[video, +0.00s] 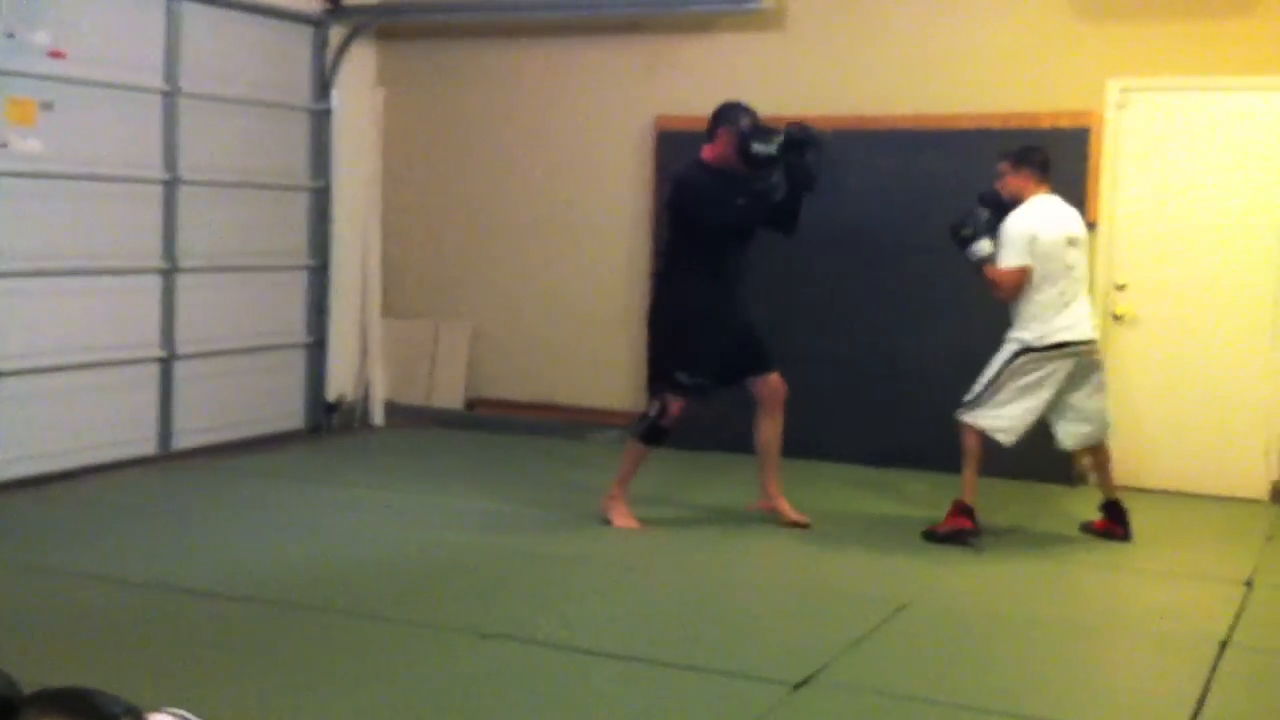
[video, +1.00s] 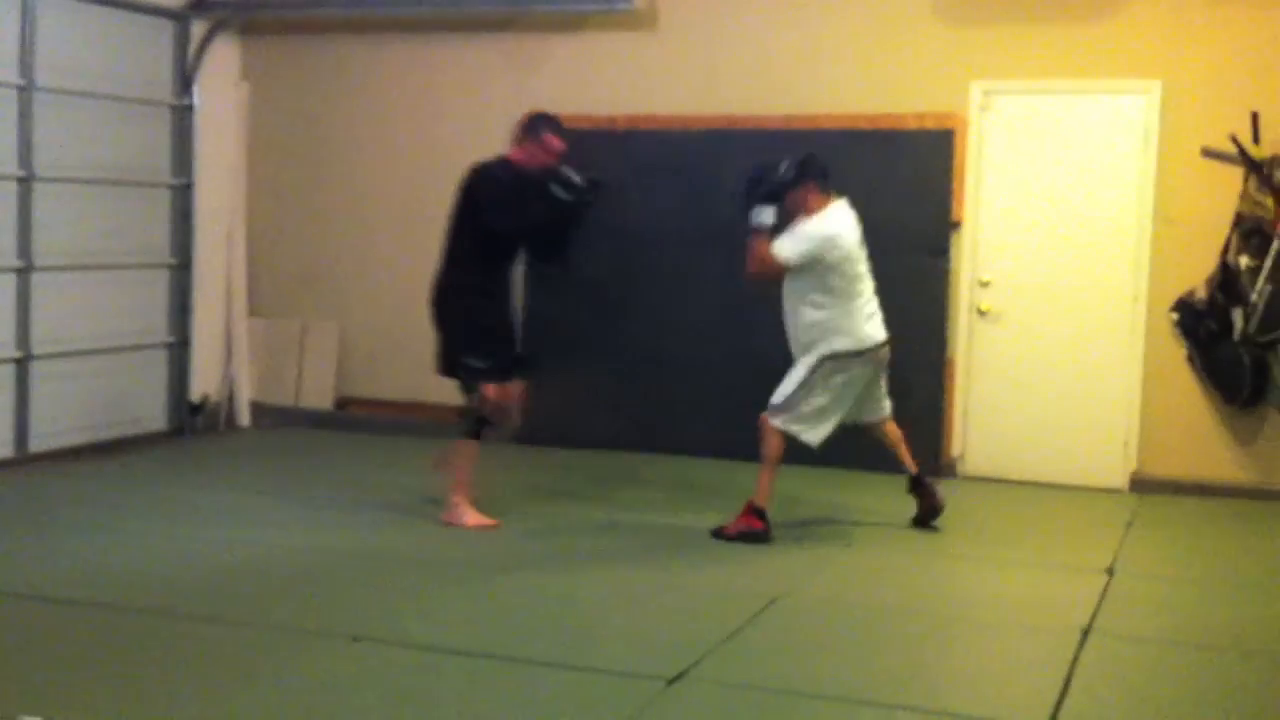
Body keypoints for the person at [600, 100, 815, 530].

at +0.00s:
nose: (748, 150)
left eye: (751, 142)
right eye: (743, 141)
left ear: (737, 140)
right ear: (721, 136)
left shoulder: (739, 183)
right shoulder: (693, 181)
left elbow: (784, 223)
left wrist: (795, 169)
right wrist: (763, 178)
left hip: (723, 307)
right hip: (682, 308)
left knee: (771, 390)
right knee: (670, 404)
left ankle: (771, 495)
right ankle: (615, 497)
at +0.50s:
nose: (706, 148)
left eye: (708, 140)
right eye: (699, 138)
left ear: (706, 141)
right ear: (678, 138)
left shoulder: (706, 181)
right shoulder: (659, 181)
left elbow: (750, 210)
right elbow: (699, 220)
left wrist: (745, 167)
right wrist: (723, 174)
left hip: (693, 305)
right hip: (653, 306)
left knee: (724, 400)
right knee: (647, 405)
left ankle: (719, 503)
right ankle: (562, 473)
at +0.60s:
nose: (667, 146)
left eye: (672, 139)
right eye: (661, 138)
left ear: (676, 142)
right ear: (644, 139)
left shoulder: (679, 184)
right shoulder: (629, 185)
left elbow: (725, 207)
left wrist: (712, 156)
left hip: (676, 306)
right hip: (635, 307)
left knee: (715, 395)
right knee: (626, 406)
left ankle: (708, 500)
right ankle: (539, 470)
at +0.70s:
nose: (643, 158)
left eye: (647, 149)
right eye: (637, 149)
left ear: (647, 152)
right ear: (619, 148)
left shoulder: (649, 192)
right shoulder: (596, 191)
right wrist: (663, 186)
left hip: (645, 315)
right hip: (603, 317)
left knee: (679, 397)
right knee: (598, 408)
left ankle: (705, 496)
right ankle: (520, 485)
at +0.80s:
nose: (613, 162)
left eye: (619, 156)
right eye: (612, 153)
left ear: (616, 160)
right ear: (597, 152)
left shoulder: (612, 195)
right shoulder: (563, 190)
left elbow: (622, 257)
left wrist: (639, 198)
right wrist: (629, 194)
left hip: (589, 310)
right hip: (547, 312)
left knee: (631, 388)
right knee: (552, 409)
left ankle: (671, 495)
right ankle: (491, 500)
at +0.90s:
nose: (588, 170)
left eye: (590, 162)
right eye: (584, 161)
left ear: (570, 158)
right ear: (565, 157)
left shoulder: (570, 196)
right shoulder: (533, 193)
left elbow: (588, 256)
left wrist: (611, 203)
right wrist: (603, 198)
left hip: (545, 308)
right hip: (507, 311)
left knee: (594, 378)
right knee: (524, 408)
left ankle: (563, 478)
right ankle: (475, 500)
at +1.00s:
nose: (550, 164)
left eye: (555, 156)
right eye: (546, 153)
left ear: (551, 155)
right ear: (524, 144)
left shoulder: (532, 185)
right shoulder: (490, 177)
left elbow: (546, 249)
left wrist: (571, 202)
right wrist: (558, 196)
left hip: (496, 303)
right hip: (463, 301)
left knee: (507, 400)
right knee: (485, 398)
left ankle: (451, 458)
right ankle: (458, 500)